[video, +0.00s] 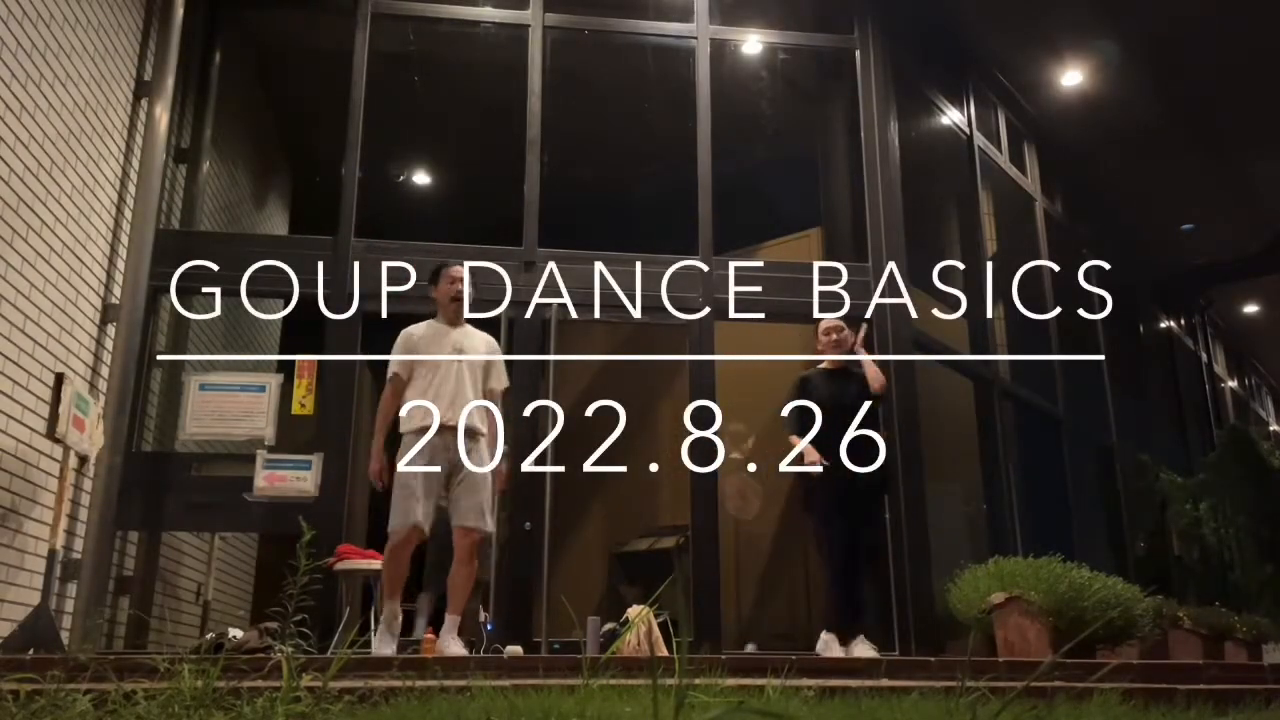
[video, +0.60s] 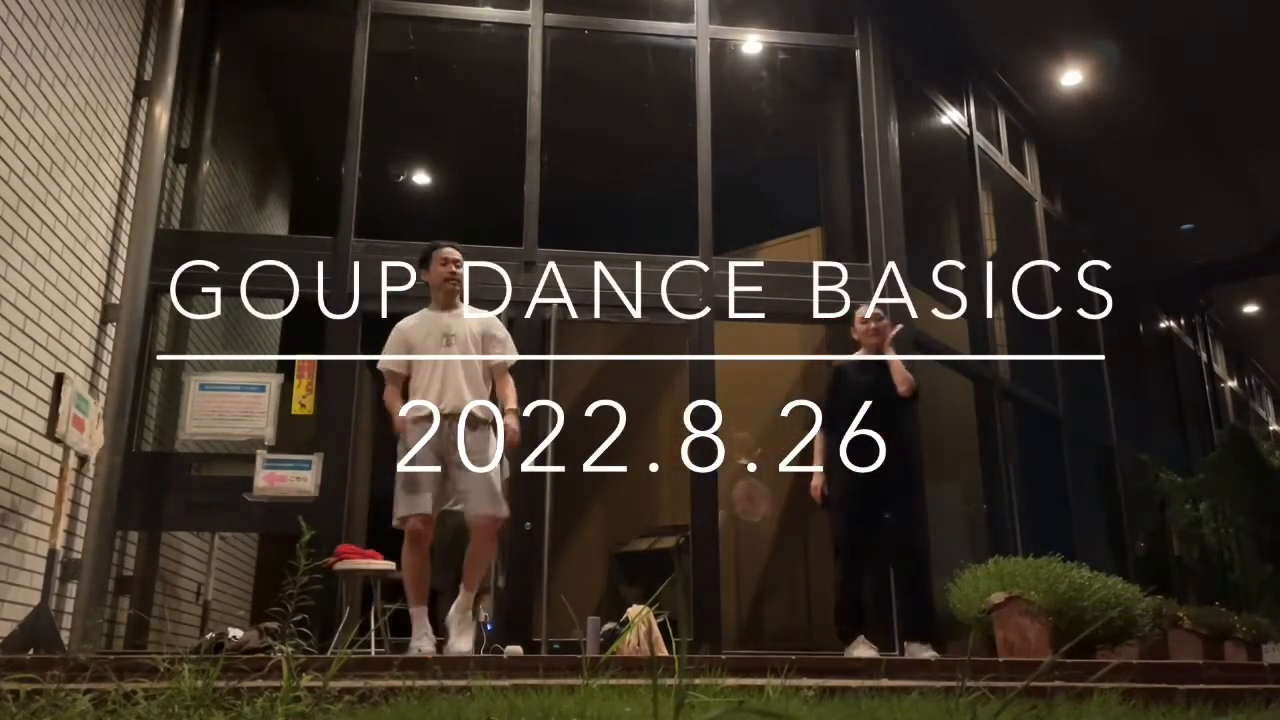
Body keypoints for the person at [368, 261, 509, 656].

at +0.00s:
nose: (459, 288)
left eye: (464, 283)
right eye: (452, 281)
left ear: (471, 293)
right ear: (434, 291)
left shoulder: (487, 344)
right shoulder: (412, 336)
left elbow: (495, 406)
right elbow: (392, 393)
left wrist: (499, 457)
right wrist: (378, 447)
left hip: (473, 445)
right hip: (421, 443)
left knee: (469, 541)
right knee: (405, 534)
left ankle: (449, 635)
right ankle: (389, 623)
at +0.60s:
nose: (453, 269)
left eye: (458, 263)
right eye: (444, 263)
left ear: (465, 273)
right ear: (427, 274)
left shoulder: (488, 324)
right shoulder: (407, 328)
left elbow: (504, 377)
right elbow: (392, 386)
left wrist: (511, 412)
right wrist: (400, 417)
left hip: (476, 433)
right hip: (423, 434)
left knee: (488, 521)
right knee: (418, 529)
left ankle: (463, 611)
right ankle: (420, 628)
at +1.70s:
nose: (484, 265)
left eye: (488, 258)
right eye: (476, 257)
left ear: (493, 267)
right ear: (453, 264)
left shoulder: (504, 321)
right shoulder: (421, 315)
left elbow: (522, 385)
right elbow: (389, 366)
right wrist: (422, 388)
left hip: (480, 430)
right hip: (423, 427)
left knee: (489, 524)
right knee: (396, 509)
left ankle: (487, 630)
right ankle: (409, 614)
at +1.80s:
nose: (473, 251)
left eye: (478, 246)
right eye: (466, 243)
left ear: (480, 255)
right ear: (442, 247)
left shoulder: (488, 304)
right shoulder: (412, 296)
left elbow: (519, 342)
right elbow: (368, 320)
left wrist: (508, 301)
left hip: (466, 414)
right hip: (408, 408)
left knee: (477, 520)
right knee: (372, 500)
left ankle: (484, 629)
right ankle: (357, 611)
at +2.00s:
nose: (450, 249)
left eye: (454, 243)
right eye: (441, 240)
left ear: (456, 249)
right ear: (417, 242)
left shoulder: (458, 297)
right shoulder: (382, 286)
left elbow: (498, 298)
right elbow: (340, 280)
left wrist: (484, 250)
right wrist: (367, 233)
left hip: (436, 406)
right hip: (378, 404)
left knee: (446, 511)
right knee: (347, 510)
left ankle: (442, 623)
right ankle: (321, 620)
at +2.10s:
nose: (436, 254)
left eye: (441, 248)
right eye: (428, 245)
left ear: (442, 254)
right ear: (404, 245)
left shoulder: (446, 300)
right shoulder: (371, 291)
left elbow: (481, 306)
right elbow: (331, 297)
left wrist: (472, 259)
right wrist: (355, 249)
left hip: (423, 416)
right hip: (367, 411)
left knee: (414, 515)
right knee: (338, 513)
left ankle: (394, 621)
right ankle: (319, 619)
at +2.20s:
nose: (419, 269)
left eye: (424, 262)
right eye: (412, 260)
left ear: (428, 267)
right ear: (388, 262)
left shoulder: (437, 314)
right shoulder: (362, 311)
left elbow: (461, 349)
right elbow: (322, 340)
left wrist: (463, 314)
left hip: (412, 428)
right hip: (361, 422)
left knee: (377, 519)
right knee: (333, 523)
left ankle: (354, 620)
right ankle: (316, 623)